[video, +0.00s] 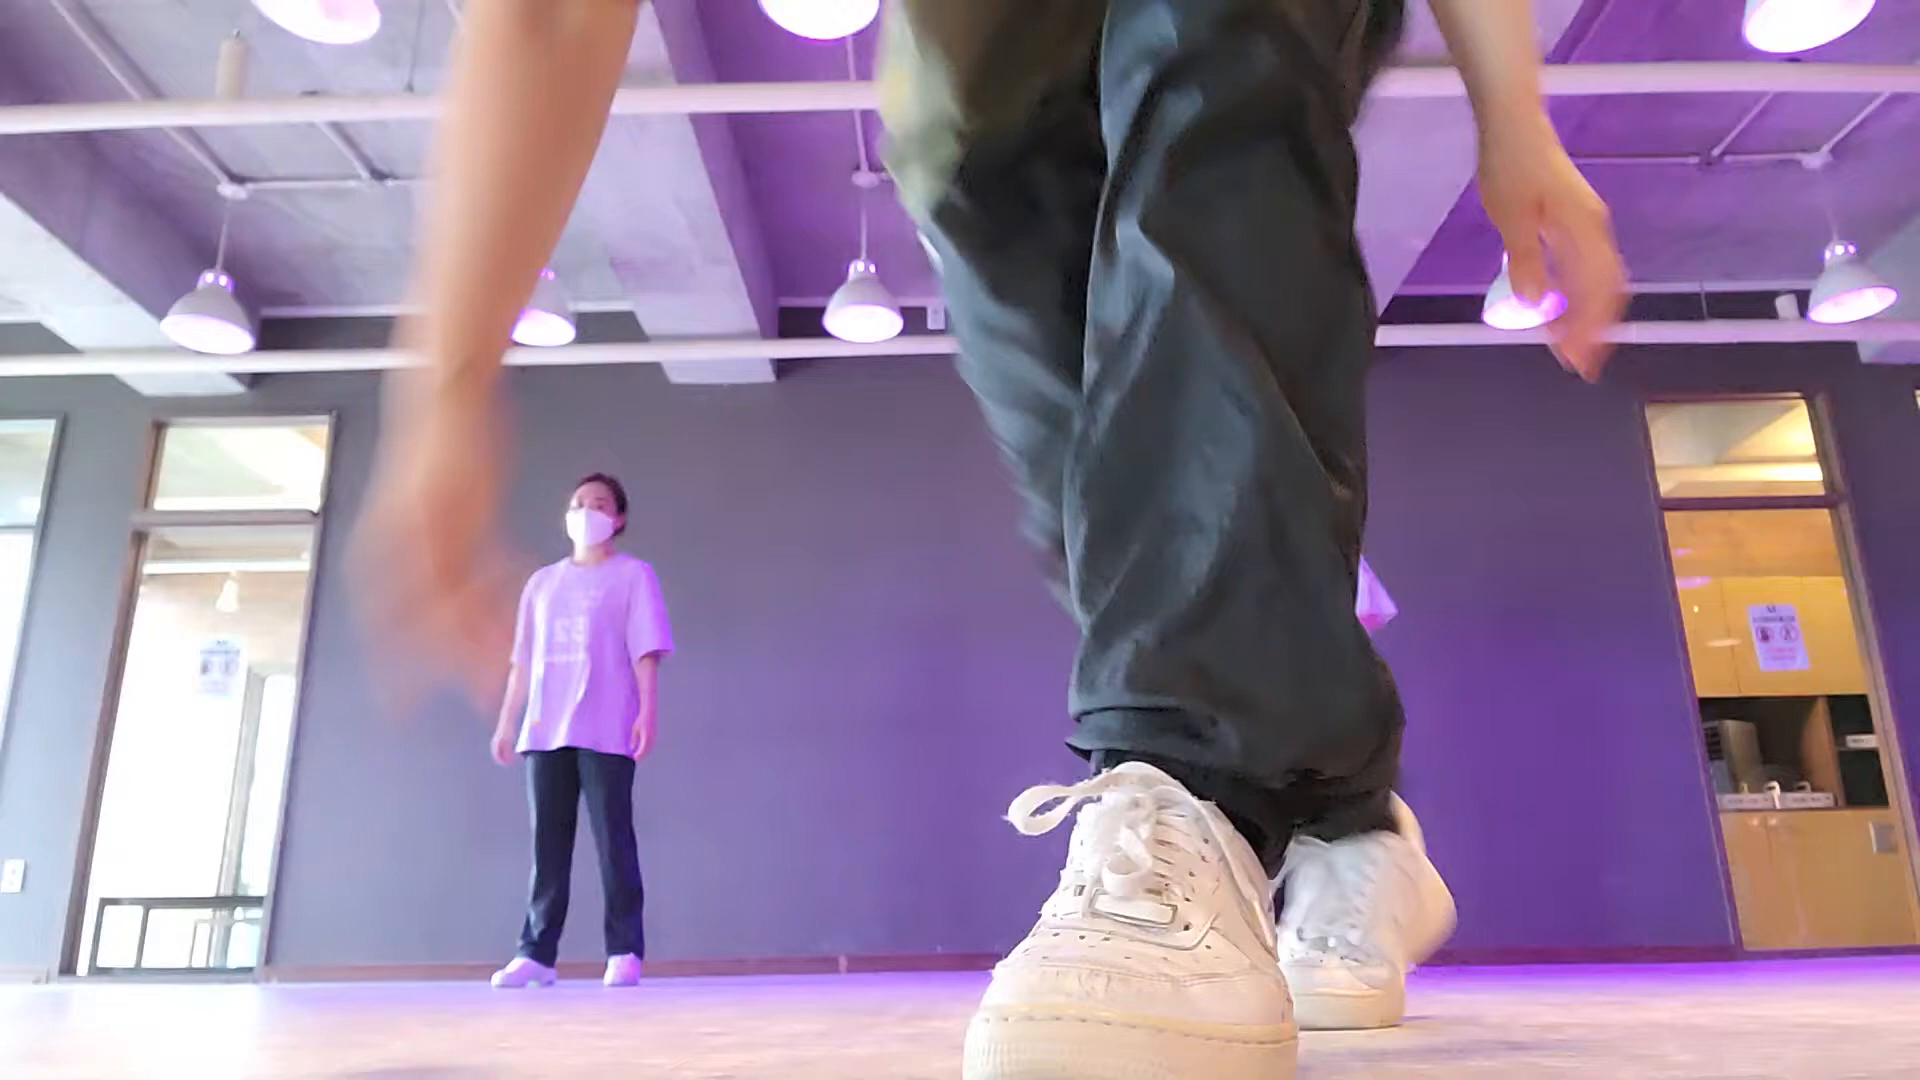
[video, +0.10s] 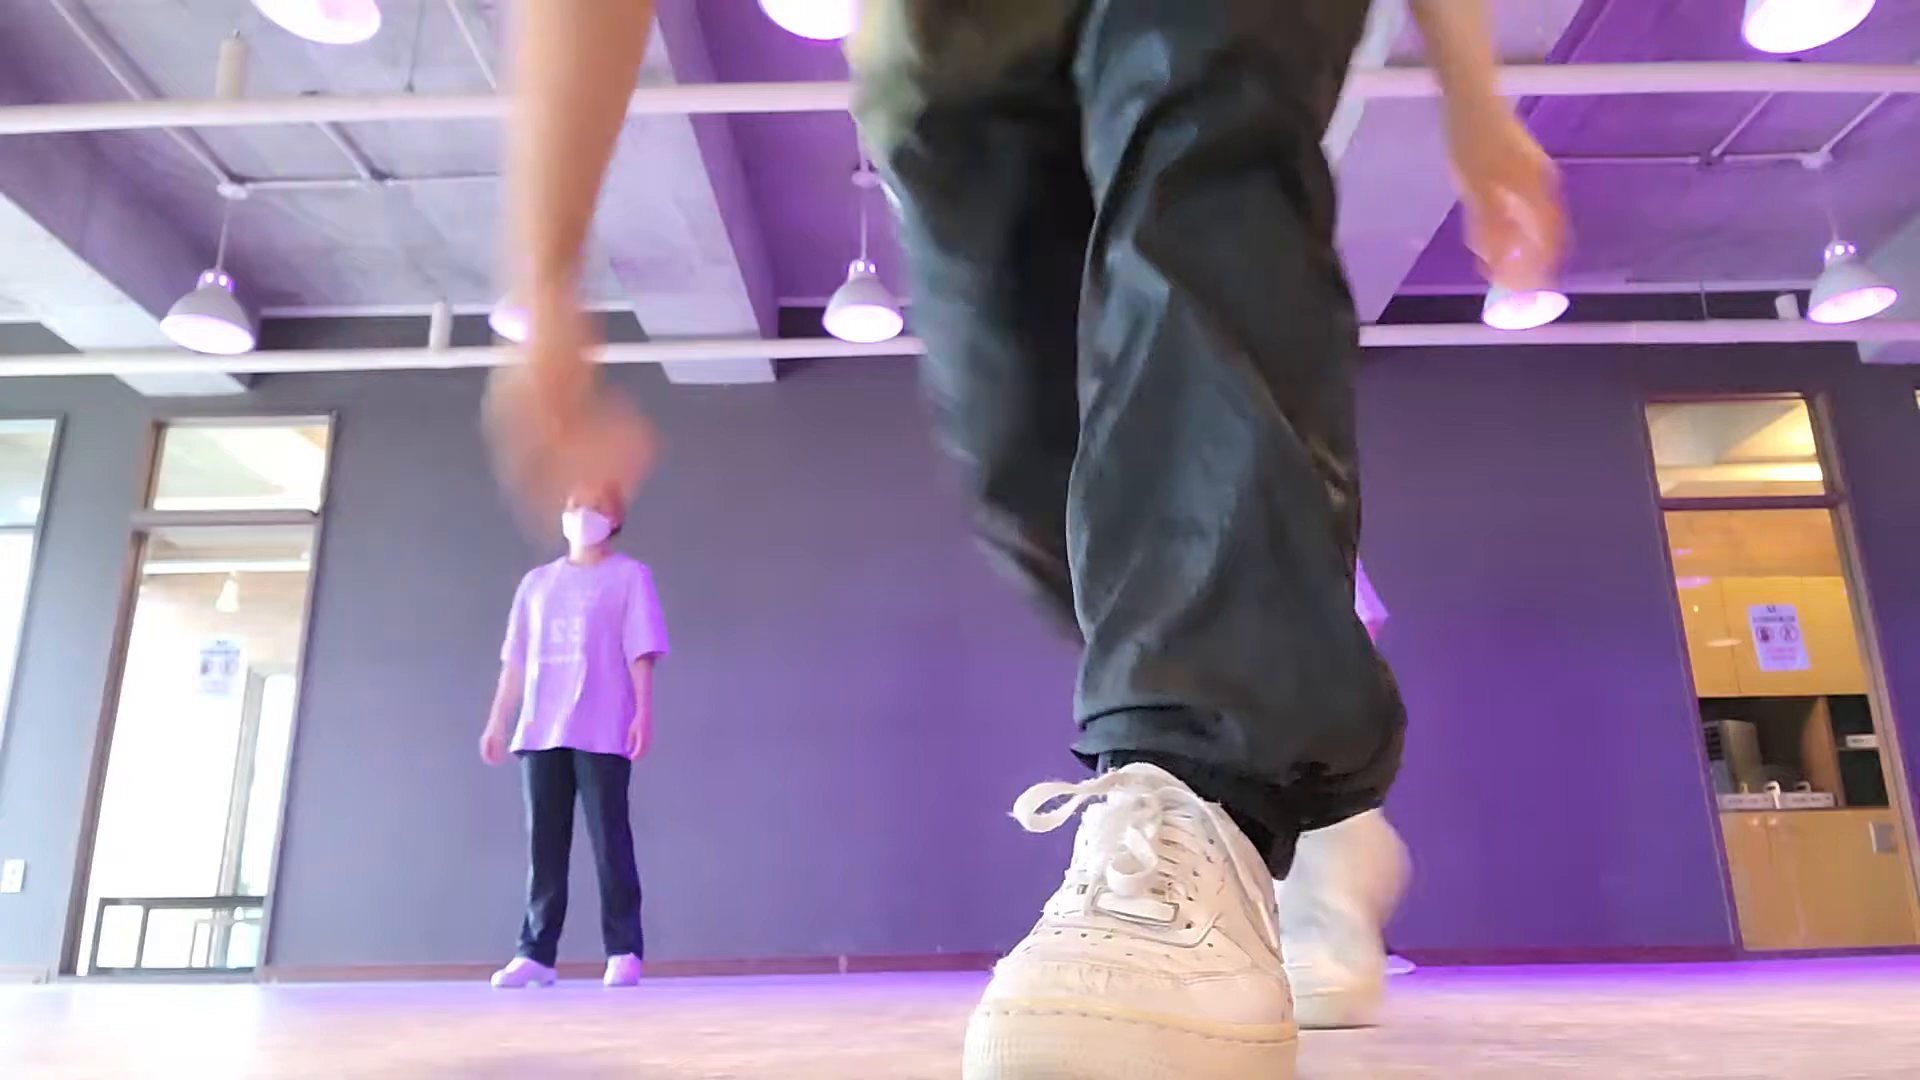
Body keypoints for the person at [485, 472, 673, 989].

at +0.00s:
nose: (587, 512)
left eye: (599, 506)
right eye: (579, 504)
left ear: (618, 521)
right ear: (566, 517)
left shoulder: (634, 576)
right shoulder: (541, 582)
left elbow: (646, 652)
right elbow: (521, 663)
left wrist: (647, 711)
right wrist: (507, 722)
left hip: (607, 727)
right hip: (545, 728)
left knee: (613, 843)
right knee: (548, 846)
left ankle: (624, 953)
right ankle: (536, 955)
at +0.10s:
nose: (579, 516)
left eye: (592, 507)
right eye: (572, 506)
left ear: (613, 519)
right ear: (562, 516)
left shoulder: (629, 576)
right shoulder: (535, 583)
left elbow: (640, 654)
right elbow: (514, 663)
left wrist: (642, 713)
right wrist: (498, 720)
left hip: (602, 728)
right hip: (542, 728)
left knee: (609, 843)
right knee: (545, 844)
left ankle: (624, 953)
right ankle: (536, 954)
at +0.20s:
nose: (578, 514)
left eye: (591, 508)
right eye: (571, 506)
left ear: (610, 522)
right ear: (557, 517)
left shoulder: (624, 577)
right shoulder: (528, 581)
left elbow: (635, 655)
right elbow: (506, 661)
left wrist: (633, 714)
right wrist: (487, 715)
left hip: (597, 727)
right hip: (536, 728)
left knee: (604, 841)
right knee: (542, 845)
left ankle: (623, 953)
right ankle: (535, 955)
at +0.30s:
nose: (577, 516)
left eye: (589, 509)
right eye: (569, 508)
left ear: (606, 523)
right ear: (554, 518)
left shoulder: (622, 580)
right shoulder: (523, 580)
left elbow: (631, 657)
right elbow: (502, 657)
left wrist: (626, 716)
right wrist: (487, 712)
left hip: (594, 729)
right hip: (533, 728)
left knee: (600, 840)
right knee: (540, 843)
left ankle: (621, 952)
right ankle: (535, 954)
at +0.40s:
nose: (576, 518)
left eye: (588, 510)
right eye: (568, 509)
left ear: (605, 524)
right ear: (552, 519)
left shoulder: (620, 581)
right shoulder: (521, 581)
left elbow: (637, 656)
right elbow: (501, 655)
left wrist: (636, 724)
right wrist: (493, 715)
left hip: (597, 730)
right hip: (534, 728)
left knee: (601, 839)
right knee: (539, 842)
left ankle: (614, 954)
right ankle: (535, 953)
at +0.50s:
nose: (569, 530)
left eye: (577, 522)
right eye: (563, 521)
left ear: (592, 528)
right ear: (552, 524)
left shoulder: (605, 582)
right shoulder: (520, 582)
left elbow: (621, 655)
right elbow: (501, 658)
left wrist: (618, 723)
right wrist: (496, 718)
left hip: (591, 735)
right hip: (533, 730)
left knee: (598, 844)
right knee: (537, 844)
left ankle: (609, 955)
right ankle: (536, 952)